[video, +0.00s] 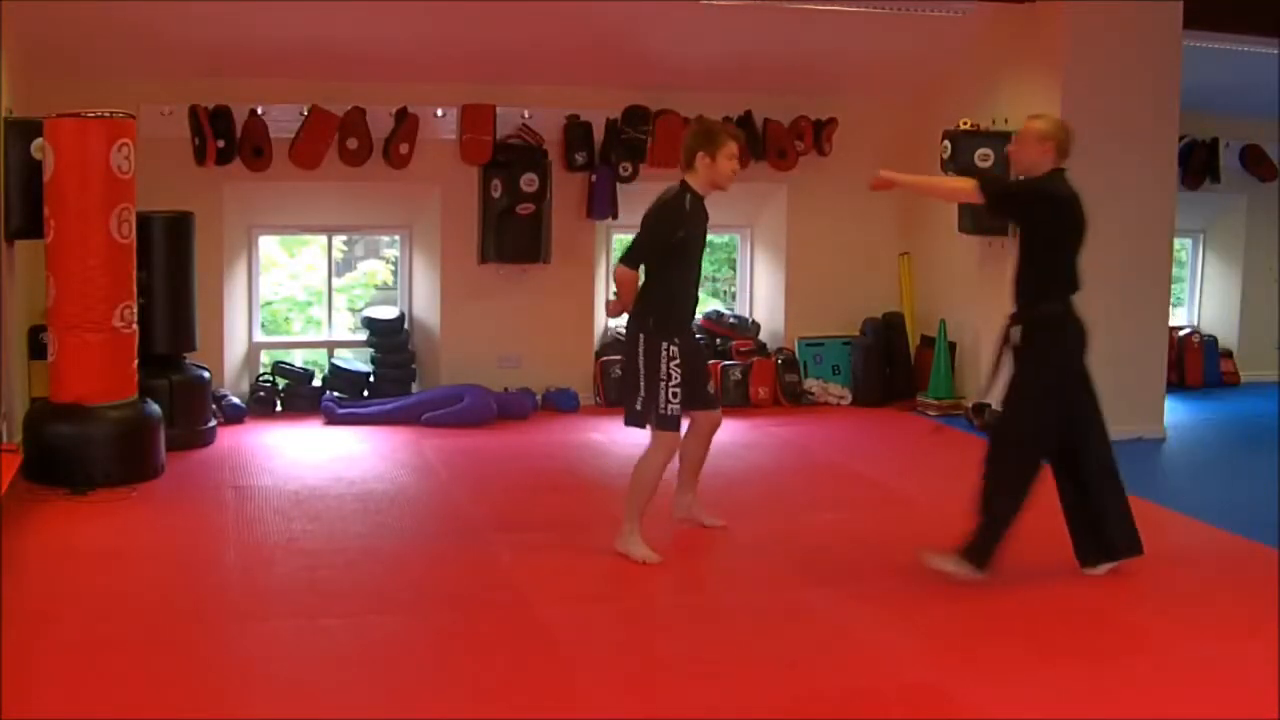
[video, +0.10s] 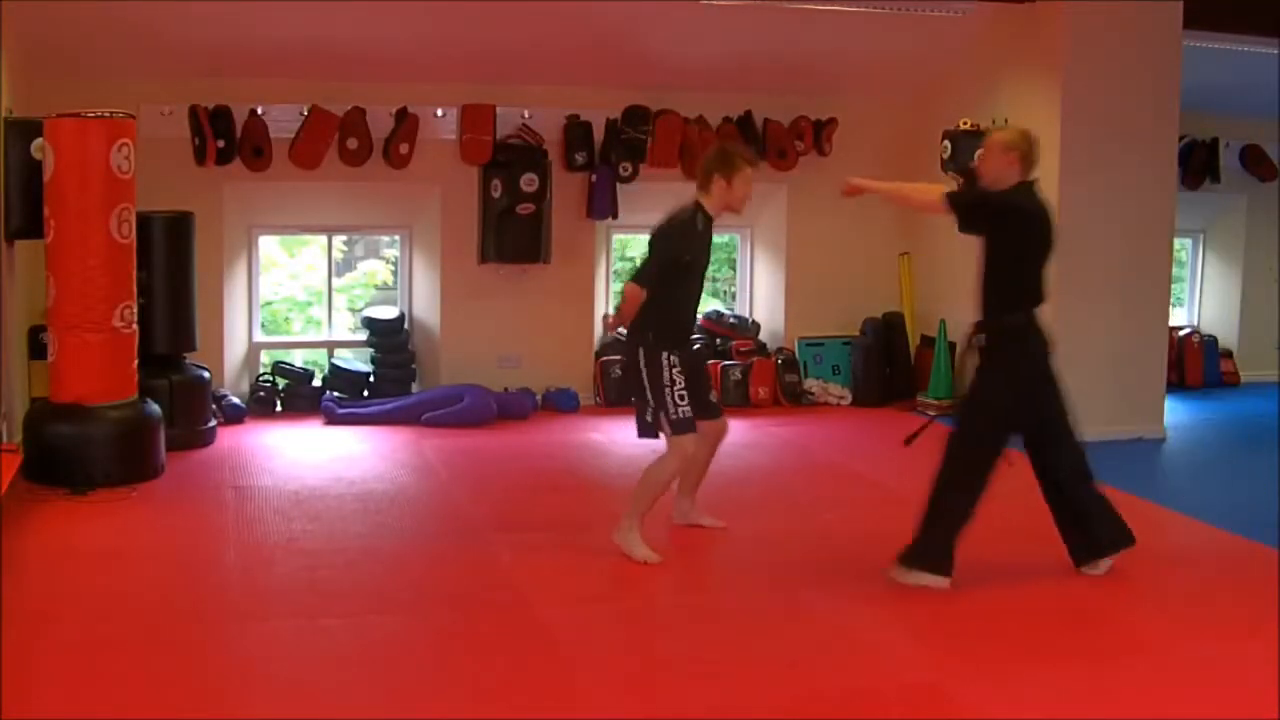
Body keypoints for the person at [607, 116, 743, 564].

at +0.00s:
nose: (738, 168)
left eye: (739, 160)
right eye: (732, 159)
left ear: (707, 161)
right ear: (703, 158)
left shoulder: (697, 206)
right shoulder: (672, 204)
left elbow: (666, 266)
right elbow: (625, 268)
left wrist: (631, 298)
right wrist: (626, 301)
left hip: (680, 333)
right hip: (656, 334)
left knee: (708, 417)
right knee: (666, 438)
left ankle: (685, 504)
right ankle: (629, 532)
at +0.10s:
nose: (748, 194)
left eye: (749, 186)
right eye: (745, 185)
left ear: (721, 183)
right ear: (719, 182)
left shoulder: (703, 226)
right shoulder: (681, 226)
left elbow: (662, 285)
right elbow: (636, 289)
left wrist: (628, 317)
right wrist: (623, 321)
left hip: (679, 345)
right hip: (654, 347)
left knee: (713, 427)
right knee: (682, 446)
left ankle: (685, 509)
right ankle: (628, 526)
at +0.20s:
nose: (767, 231)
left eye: (768, 223)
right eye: (763, 221)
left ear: (737, 221)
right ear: (737, 219)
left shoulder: (708, 256)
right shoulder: (695, 257)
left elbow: (659, 304)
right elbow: (639, 308)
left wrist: (620, 335)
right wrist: (616, 338)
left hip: (669, 358)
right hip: (648, 360)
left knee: (722, 431)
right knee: (688, 456)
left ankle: (686, 510)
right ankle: (616, 537)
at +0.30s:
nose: (777, 267)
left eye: (778, 259)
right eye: (774, 257)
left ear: (745, 254)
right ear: (749, 254)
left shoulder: (715, 283)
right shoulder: (700, 285)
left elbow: (660, 322)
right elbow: (636, 327)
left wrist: (613, 341)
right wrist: (604, 351)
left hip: (662, 370)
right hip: (640, 371)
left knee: (720, 429)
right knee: (675, 467)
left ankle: (684, 508)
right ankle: (607, 553)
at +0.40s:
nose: (780, 295)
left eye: (781, 286)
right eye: (777, 285)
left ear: (748, 282)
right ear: (751, 283)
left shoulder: (712, 303)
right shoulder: (697, 311)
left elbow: (654, 332)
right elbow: (624, 345)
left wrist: (606, 353)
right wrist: (594, 365)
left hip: (659, 381)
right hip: (628, 385)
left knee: (713, 435)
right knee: (663, 476)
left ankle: (682, 509)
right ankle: (605, 574)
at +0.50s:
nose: (774, 297)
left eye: (774, 288)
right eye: (770, 287)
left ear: (739, 285)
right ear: (743, 286)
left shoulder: (704, 302)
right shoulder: (681, 321)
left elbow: (653, 328)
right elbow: (617, 355)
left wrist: (617, 348)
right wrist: (587, 365)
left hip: (653, 382)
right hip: (619, 388)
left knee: (690, 452)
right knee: (662, 481)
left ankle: (683, 512)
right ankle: (603, 578)